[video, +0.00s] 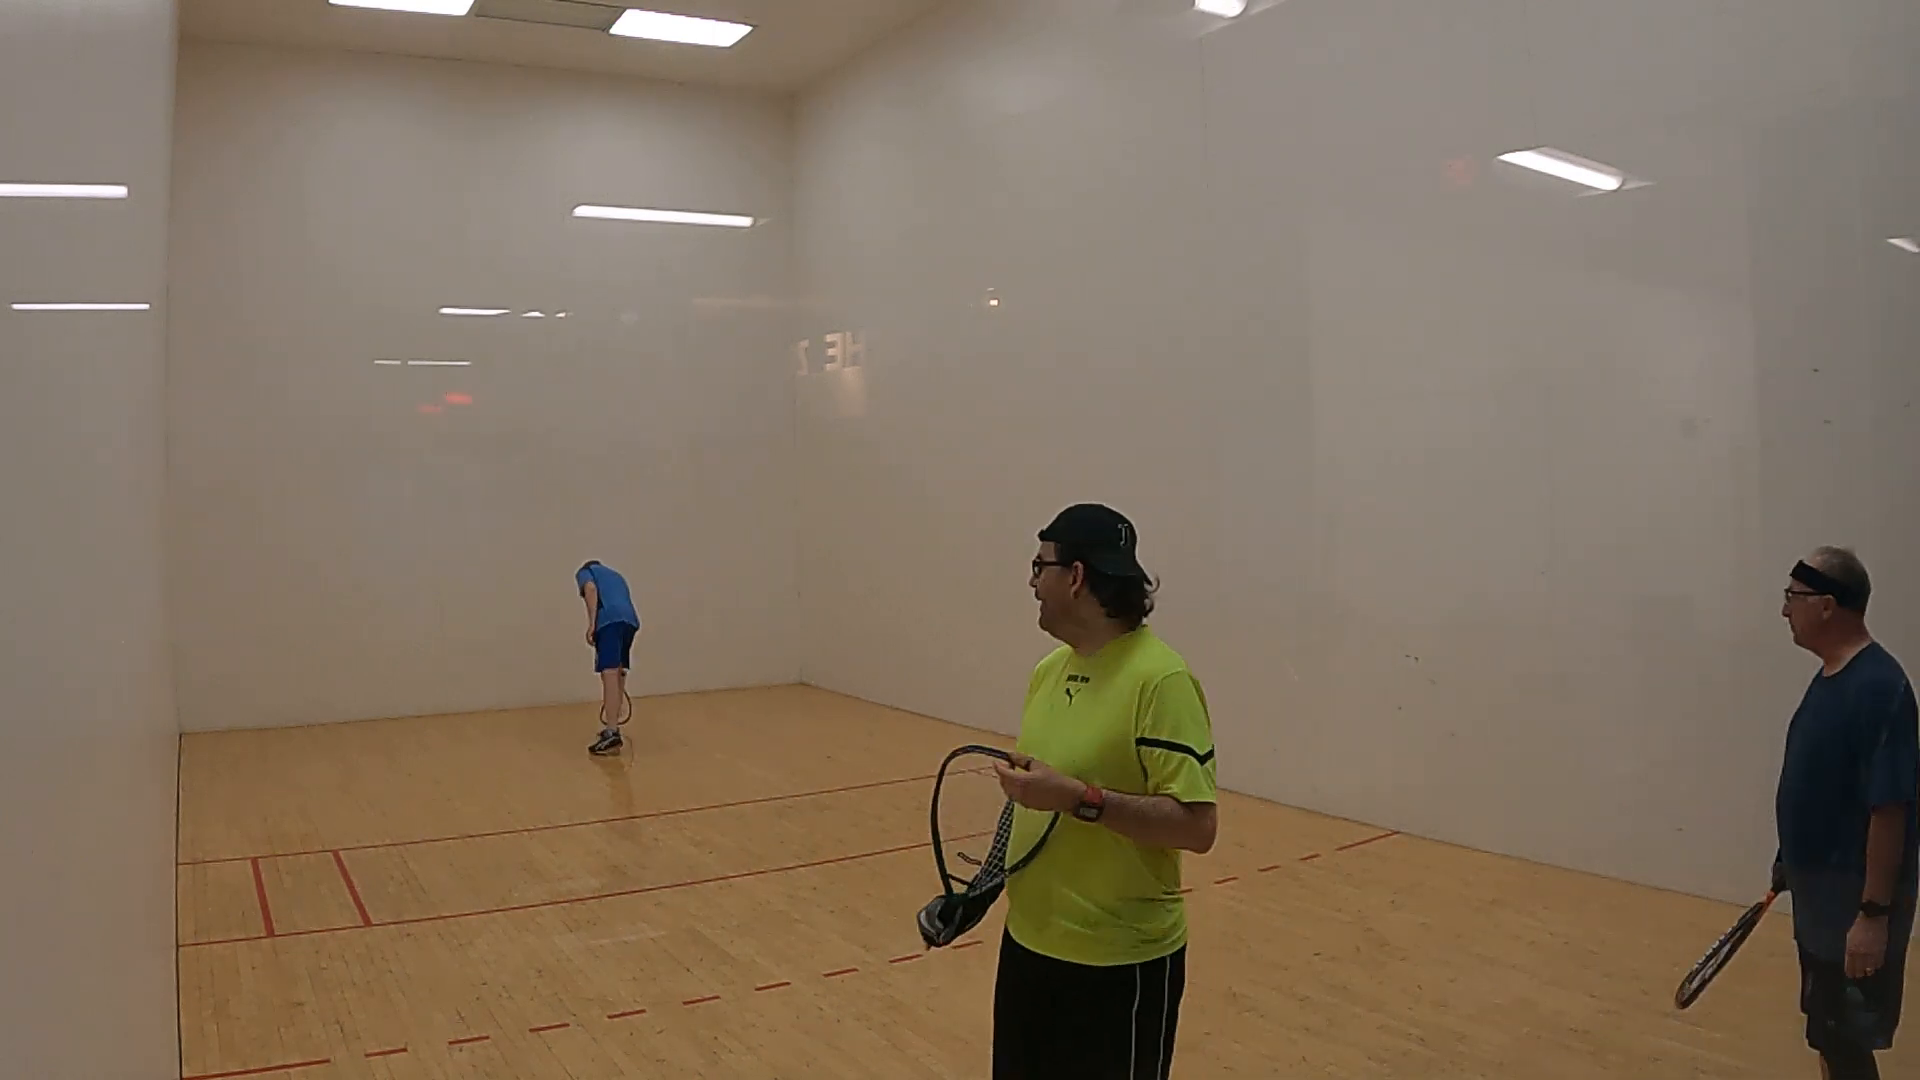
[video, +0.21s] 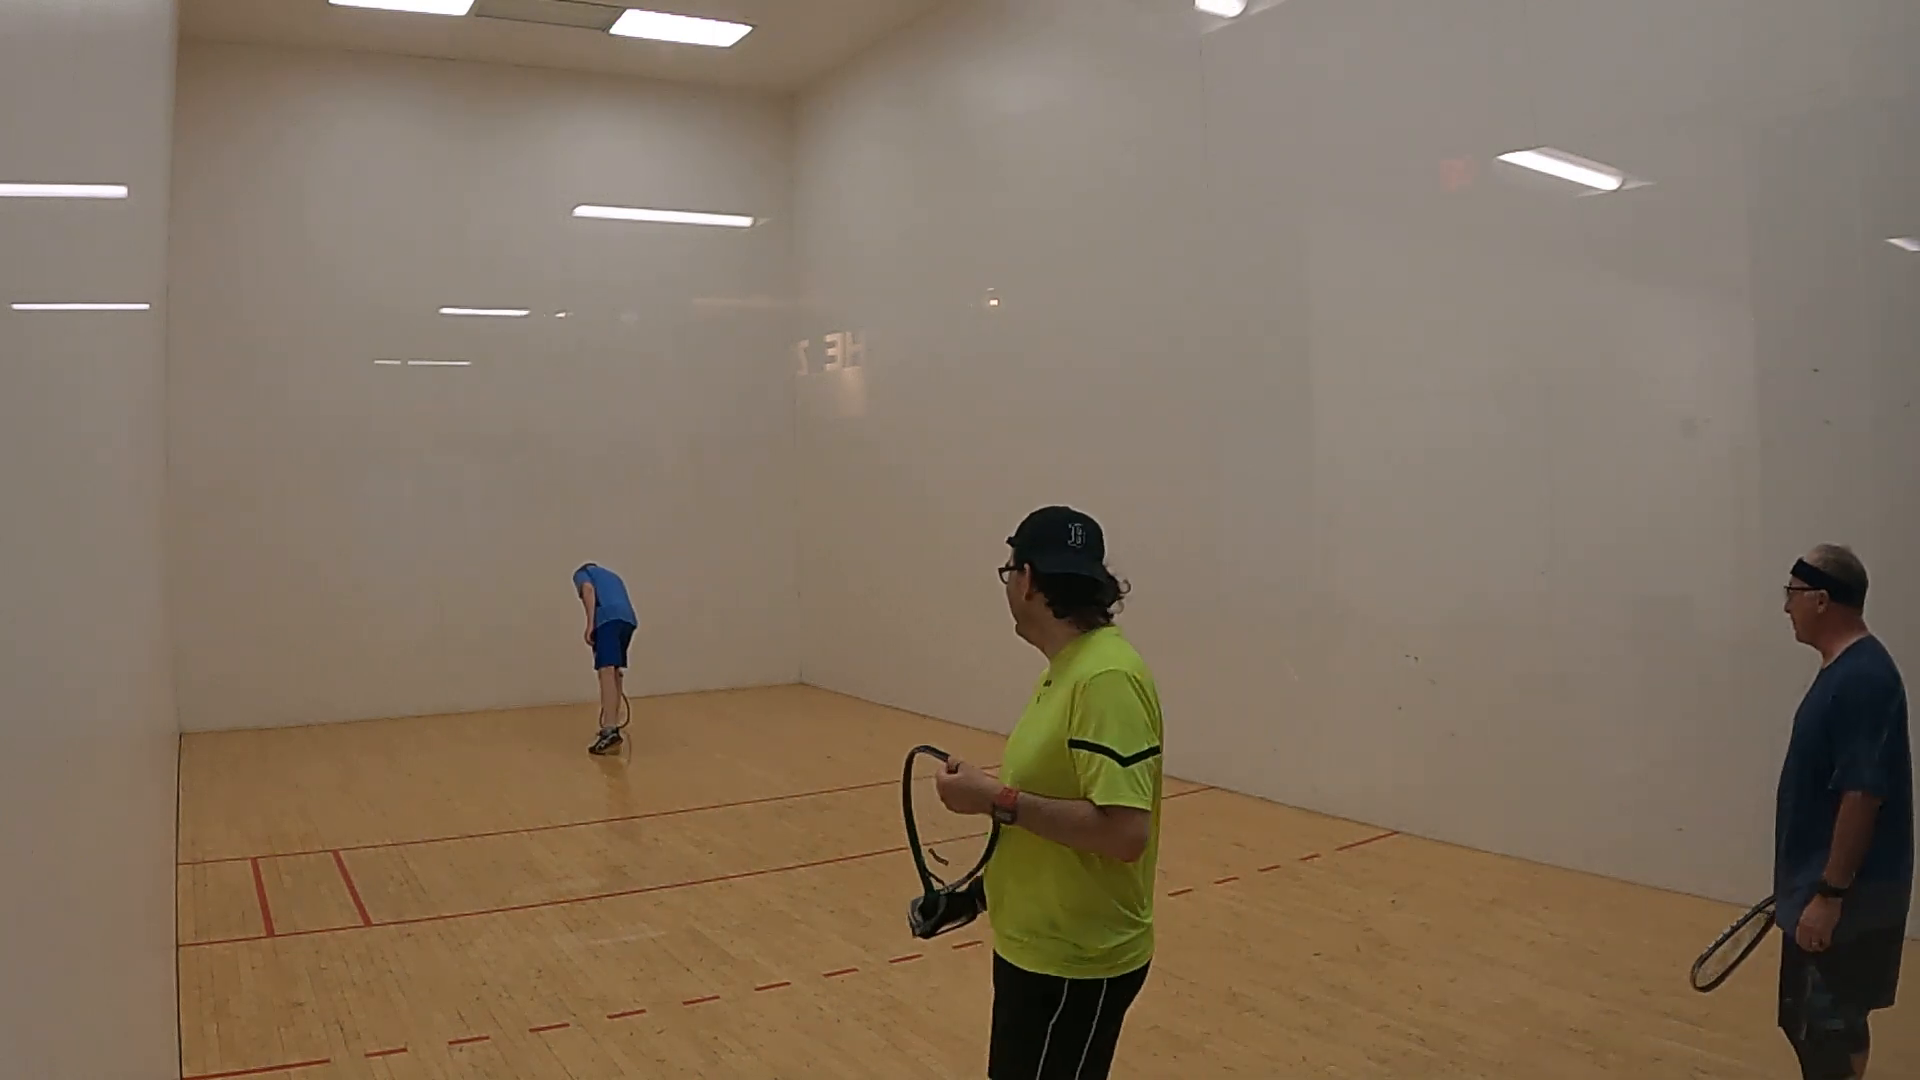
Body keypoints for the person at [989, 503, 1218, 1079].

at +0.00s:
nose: (1031, 583)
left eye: (1040, 567)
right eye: (1035, 567)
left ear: (1076, 578)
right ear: (1076, 578)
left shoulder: (1163, 680)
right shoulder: (1048, 671)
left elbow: (1198, 827)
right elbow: (1028, 811)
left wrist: (1077, 797)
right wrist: (975, 898)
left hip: (1121, 967)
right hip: (1031, 948)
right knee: (1017, 1071)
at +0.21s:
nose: (1006, 591)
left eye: (1008, 574)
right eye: (1007, 575)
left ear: (1028, 581)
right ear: (1084, 581)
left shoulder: (1109, 678)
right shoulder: (1069, 669)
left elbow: (1123, 835)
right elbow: (1051, 813)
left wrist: (998, 798)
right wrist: (976, 893)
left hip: (1074, 965)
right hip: (1041, 950)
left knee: (1048, 1077)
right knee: (1016, 1071)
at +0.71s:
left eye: (962, 587)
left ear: (965, 597)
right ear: (1056, 588)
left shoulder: (948, 691)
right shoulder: (1110, 675)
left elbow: (899, 835)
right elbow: (1121, 787)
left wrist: (967, 787)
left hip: (997, 994)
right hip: (1108, 978)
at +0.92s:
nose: (1053, 588)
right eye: (1053, 578)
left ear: (957, 597)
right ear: (1049, 587)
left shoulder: (925, 696)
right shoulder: (1113, 683)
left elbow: (896, 843)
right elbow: (1128, 815)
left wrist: (968, 794)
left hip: (983, 1010)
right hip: (1109, 999)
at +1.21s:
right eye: (1109, 579)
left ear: (1014, 594)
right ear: (1103, 589)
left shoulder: (967, 696)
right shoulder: (1162, 691)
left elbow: (931, 832)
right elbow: (1171, 832)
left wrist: (1008, 793)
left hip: (1003, 1014)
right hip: (1135, 1008)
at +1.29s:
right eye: (1130, 581)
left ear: (1033, 592)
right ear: (1123, 589)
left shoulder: (987, 694)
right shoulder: (1180, 692)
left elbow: (948, 829)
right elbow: (1188, 828)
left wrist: (1025, 790)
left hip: (1017, 1015)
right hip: (1148, 1010)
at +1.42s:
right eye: (1156, 588)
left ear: (1058, 595)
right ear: (1149, 595)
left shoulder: (1011, 698)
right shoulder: (1202, 697)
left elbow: (971, 832)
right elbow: (1207, 831)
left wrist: (1046, 791)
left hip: (1037, 1017)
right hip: (1168, 1010)